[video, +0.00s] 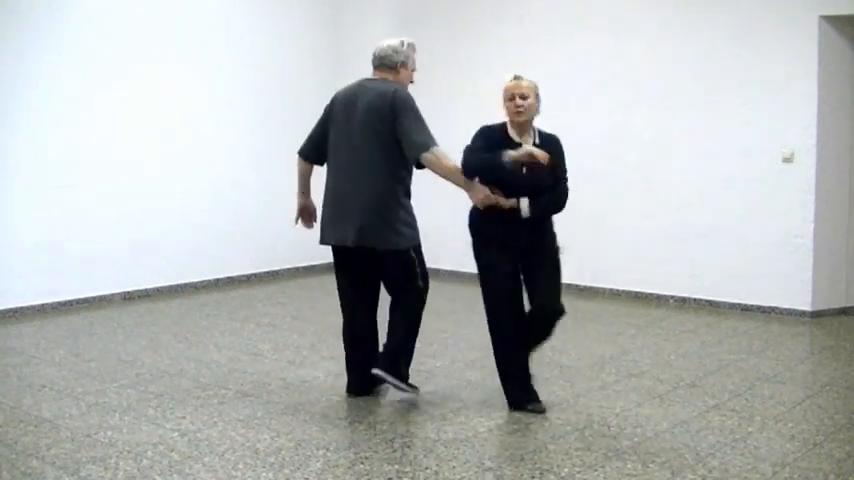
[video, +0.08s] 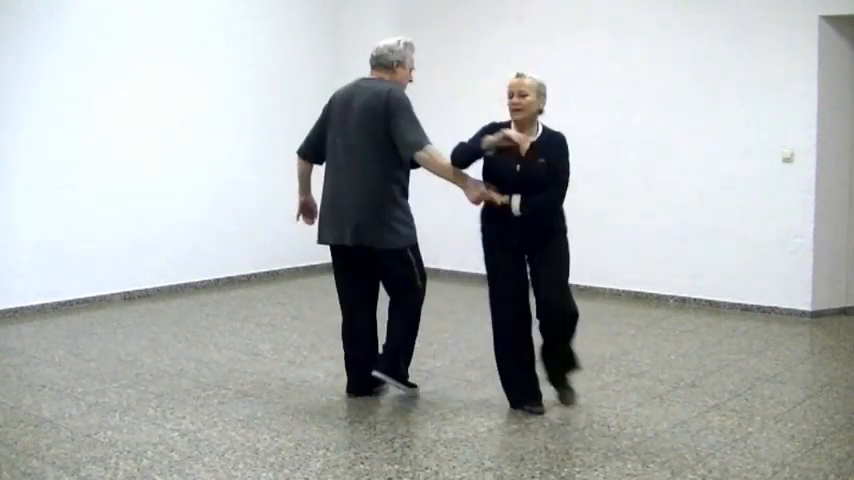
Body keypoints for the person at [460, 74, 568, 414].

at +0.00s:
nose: (517, 103)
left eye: (524, 97)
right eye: (511, 98)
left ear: (537, 103)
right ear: (504, 104)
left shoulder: (550, 144)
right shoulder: (488, 136)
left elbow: (559, 197)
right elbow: (470, 166)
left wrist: (514, 203)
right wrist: (513, 156)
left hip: (537, 236)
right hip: (494, 237)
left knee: (549, 308)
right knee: (506, 316)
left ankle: (513, 348)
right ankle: (520, 397)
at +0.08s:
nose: (515, 101)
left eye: (523, 96)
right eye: (511, 96)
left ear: (540, 102)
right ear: (506, 101)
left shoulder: (554, 143)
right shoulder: (492, 133)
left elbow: (554, 197)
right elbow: (457, 159)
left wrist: (506, 200)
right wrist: (489, 142)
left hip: (546, 236)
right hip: (501, 237)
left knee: (558, 307)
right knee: (510, 315)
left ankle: (558, 370)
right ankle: (522, 396)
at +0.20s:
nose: (509, 100)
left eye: (517, 95)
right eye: (509, 94)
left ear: (540, 103)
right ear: (509, 100)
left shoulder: (554, 143)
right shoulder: (501, 136)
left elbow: (548, 202)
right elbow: (455, 154)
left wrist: (499, 195)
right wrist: (465, 130)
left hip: (554, 242)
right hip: (516, 241)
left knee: (558, 316)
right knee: (523, 318)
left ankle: (581, 394)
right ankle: (543, 394)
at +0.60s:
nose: (528, 104)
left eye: (532, 97)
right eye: (530, 97)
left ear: (548, 104)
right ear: (563, 105)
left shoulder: (543, 142)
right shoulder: (584, 137)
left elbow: (503, 192)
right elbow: (554, 163)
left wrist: (467, 175)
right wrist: (527, 139)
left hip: (557, 243)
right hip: (593, 239)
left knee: (542, 324)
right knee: (572, 320)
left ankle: (568, 412)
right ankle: (559, 398)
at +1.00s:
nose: (563, 108)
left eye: (565, 103)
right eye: (564, 102)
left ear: (573, 106)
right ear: (603, 105)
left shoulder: (558, 139)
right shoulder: (628, 139)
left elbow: (523, 188)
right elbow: (664, 187)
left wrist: (499, 173)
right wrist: (715, 222)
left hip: (562, 243)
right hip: (615, 244)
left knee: (566, 331)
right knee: (610, 328)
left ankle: (569, 425)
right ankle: (608, 417)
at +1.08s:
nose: (568, 109)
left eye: (569, 104)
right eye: (570, 103)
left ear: (577, 106)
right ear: (609, 104)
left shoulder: (564, 139)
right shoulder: (632, 138)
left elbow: (528, 181)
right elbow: (666, 184)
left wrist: (506, 159)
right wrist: (717, 220)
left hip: (565, 243)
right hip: (618, 244)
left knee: (568, 332)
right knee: (614, 331)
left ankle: (569, 425)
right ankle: (601, 422)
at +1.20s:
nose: (574, 111)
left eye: (575, 106)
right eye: (576, 105)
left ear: (582, 109)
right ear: (616, 109)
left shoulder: (569, 142)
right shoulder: (638, 144)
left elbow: (528, 181)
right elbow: (666, 190)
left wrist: (504, 159)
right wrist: (708, 228)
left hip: (567, 250)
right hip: (620, 253)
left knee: (568, 334)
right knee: (610, 342)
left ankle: (568, 426)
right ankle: (597, 439)